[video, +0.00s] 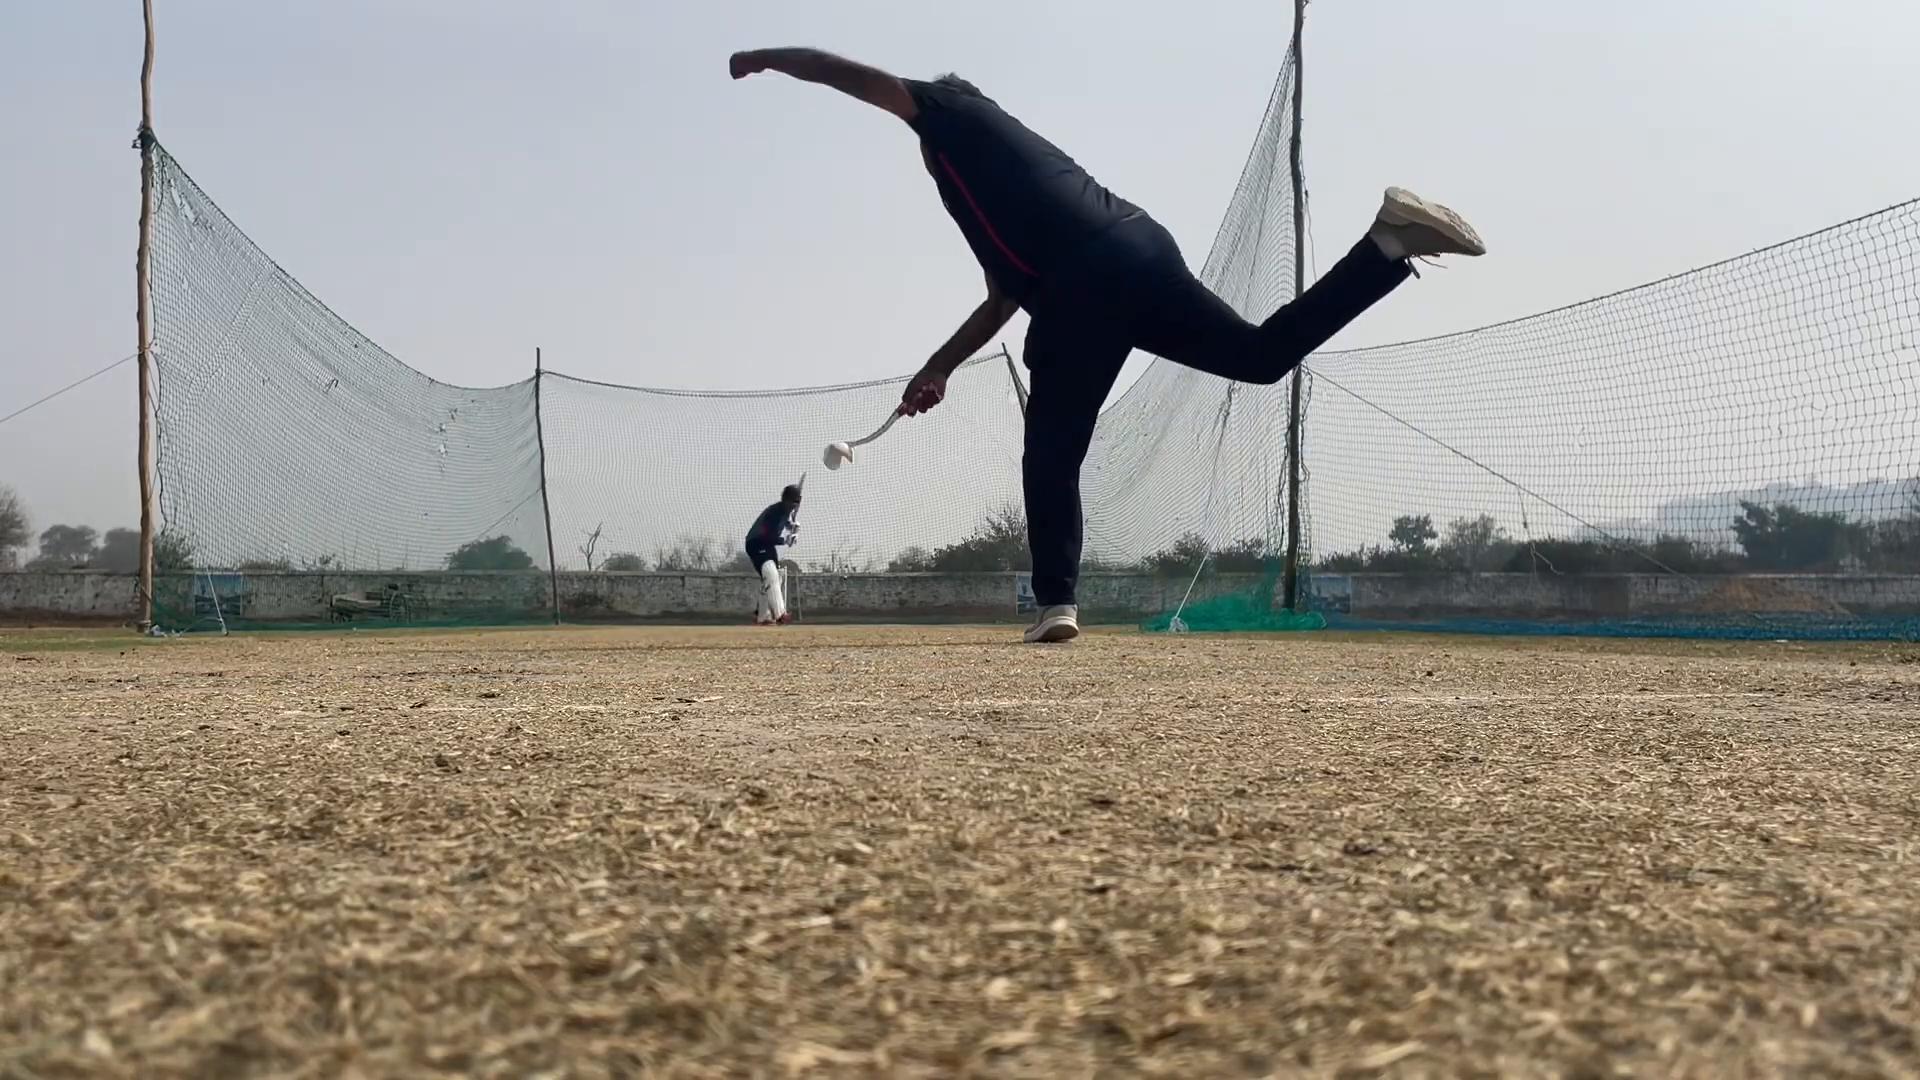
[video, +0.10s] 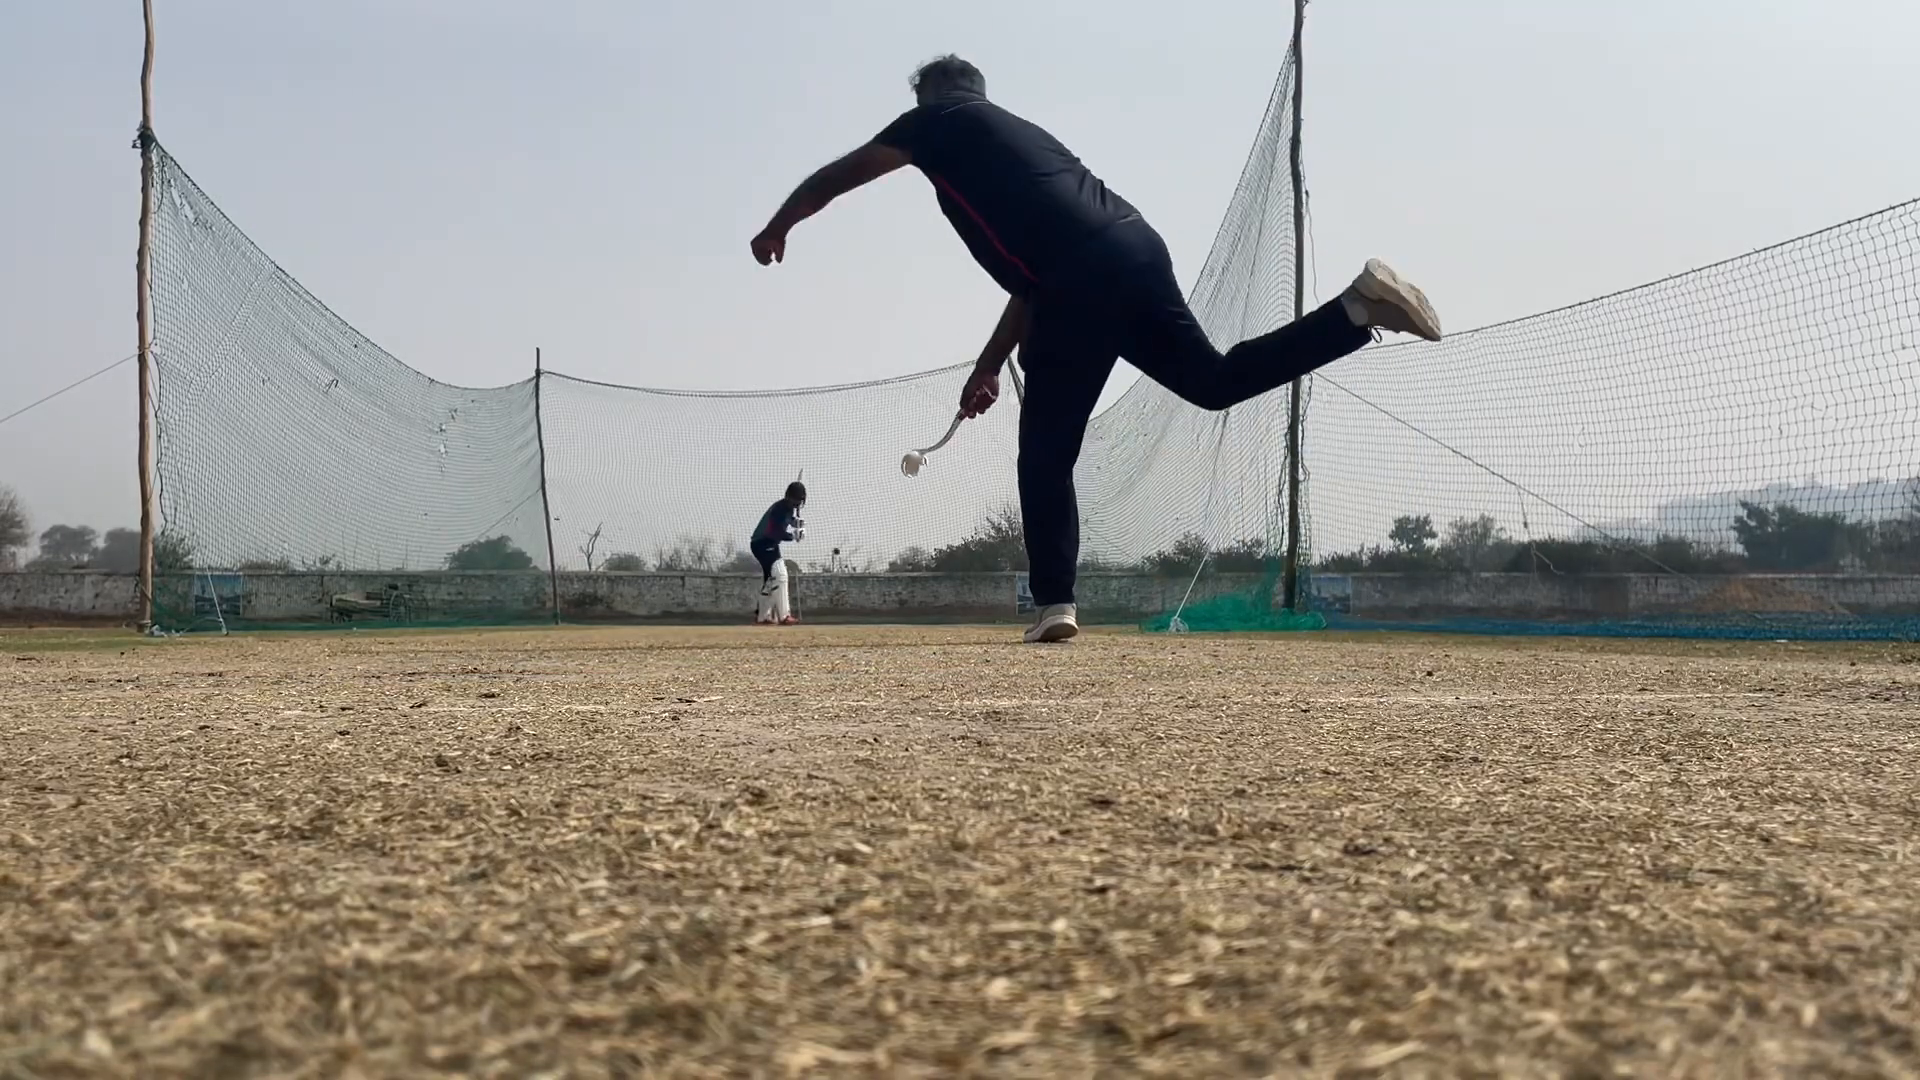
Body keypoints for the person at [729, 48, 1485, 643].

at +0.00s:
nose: (905, 126)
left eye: (910, 114)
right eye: (911, 122)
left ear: (930, 105)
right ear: (974, 131)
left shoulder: (947, 111)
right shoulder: (1009, 185)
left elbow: (847, 76)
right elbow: (1003, 296)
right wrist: (937, 369)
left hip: (1077, 284)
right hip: (1145, 257)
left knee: (1051, 455)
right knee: (1260, 359)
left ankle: (1054, 609)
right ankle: (1393, 245)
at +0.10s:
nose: (917, 114)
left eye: (919, 104)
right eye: (925, 105)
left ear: (929, 98)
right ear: (978, 94)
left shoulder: (936, 120)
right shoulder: (1018, 134)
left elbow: (835, 179)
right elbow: (1038, 273)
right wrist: (989, 362)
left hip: (1072, 287)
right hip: (1137, 257)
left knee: (1045, 459)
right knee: (1218, 381)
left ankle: (1054, 612)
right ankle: (1360, 311)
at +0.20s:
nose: (915, 115)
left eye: (915, 104)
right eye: (918, 104)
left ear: (924, 99)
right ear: (972, 90)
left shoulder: (932, 131)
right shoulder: (1012, 129)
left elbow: (884, 244)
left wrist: (853, 339)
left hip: (1066, 276)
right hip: (1130, 254)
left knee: (1040, 451)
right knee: (1154, 402)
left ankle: (1053, 609)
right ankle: (1306, 396)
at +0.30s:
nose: (913, 119)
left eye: (911, 109)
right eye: (912, 109)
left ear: (918, 102)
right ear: (969, 94)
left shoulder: (930, 143)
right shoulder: (1012, 125)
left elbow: (952, 242)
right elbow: (1053, 212)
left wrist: (963, 359)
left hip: (1054, 278)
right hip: (1121, 255)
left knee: (1031, 453)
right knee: (1109, 407)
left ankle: (1050, 606)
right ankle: (1232, 489)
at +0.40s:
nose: (913, 113)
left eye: (910, 104)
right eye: (913, 105)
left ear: (915, 99)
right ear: (969, 92)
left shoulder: (926, 137)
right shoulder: (1020, 129)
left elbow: (983, 185)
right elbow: (1112, 199)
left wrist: (1038, 251)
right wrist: (1151, 283)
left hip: (1045, 277)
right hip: (1114, 265)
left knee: (1027, 448)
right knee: (1084, 420)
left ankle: (1050, 605)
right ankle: (1137, 562)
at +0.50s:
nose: (916, 102)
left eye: (915, 94)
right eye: (918, 94)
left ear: (919, 91)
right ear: (974, 86)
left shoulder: (925, 123)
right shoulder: (1022, 124)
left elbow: (986, 146)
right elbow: (1104, 202)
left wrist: (1056, 185)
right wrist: (1162, 288)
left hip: (1042, 275)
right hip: (1105, 270)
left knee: (1024, 447)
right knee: (1064, 440)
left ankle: (1050, 603)